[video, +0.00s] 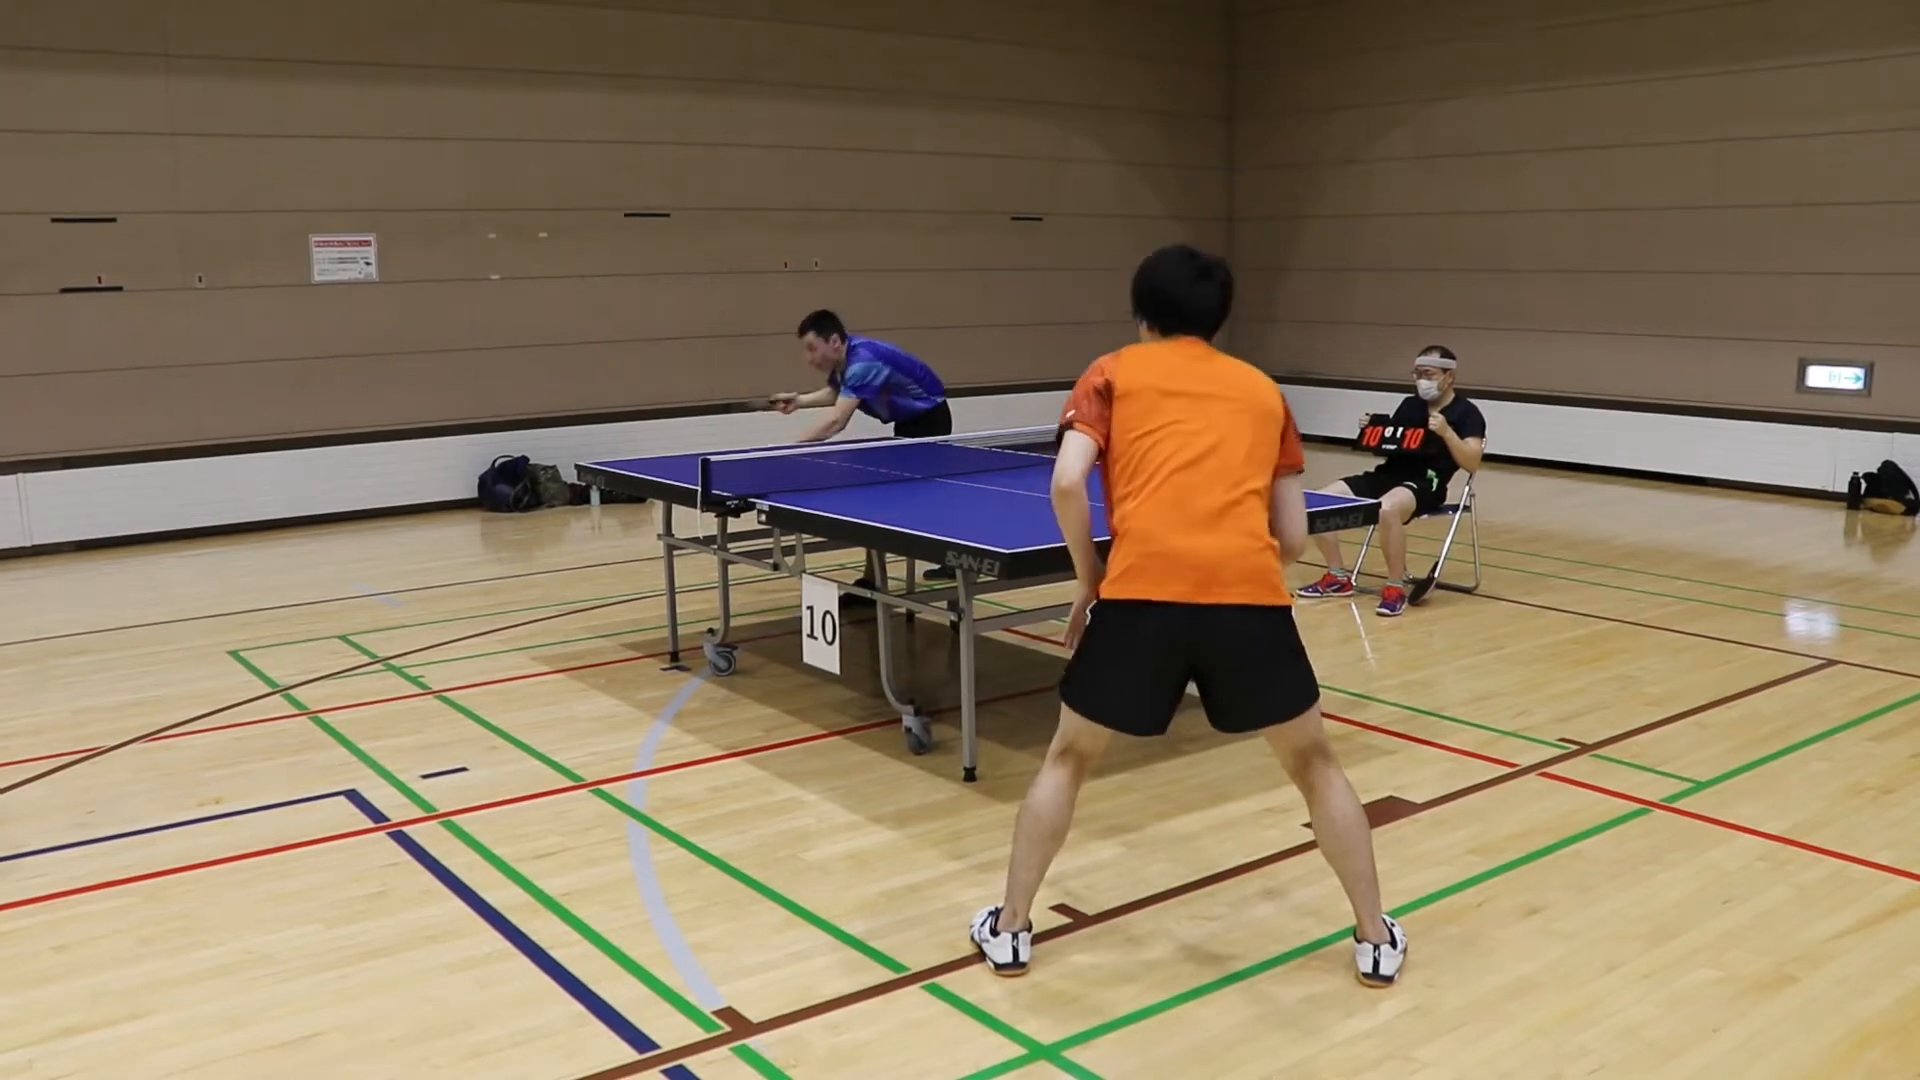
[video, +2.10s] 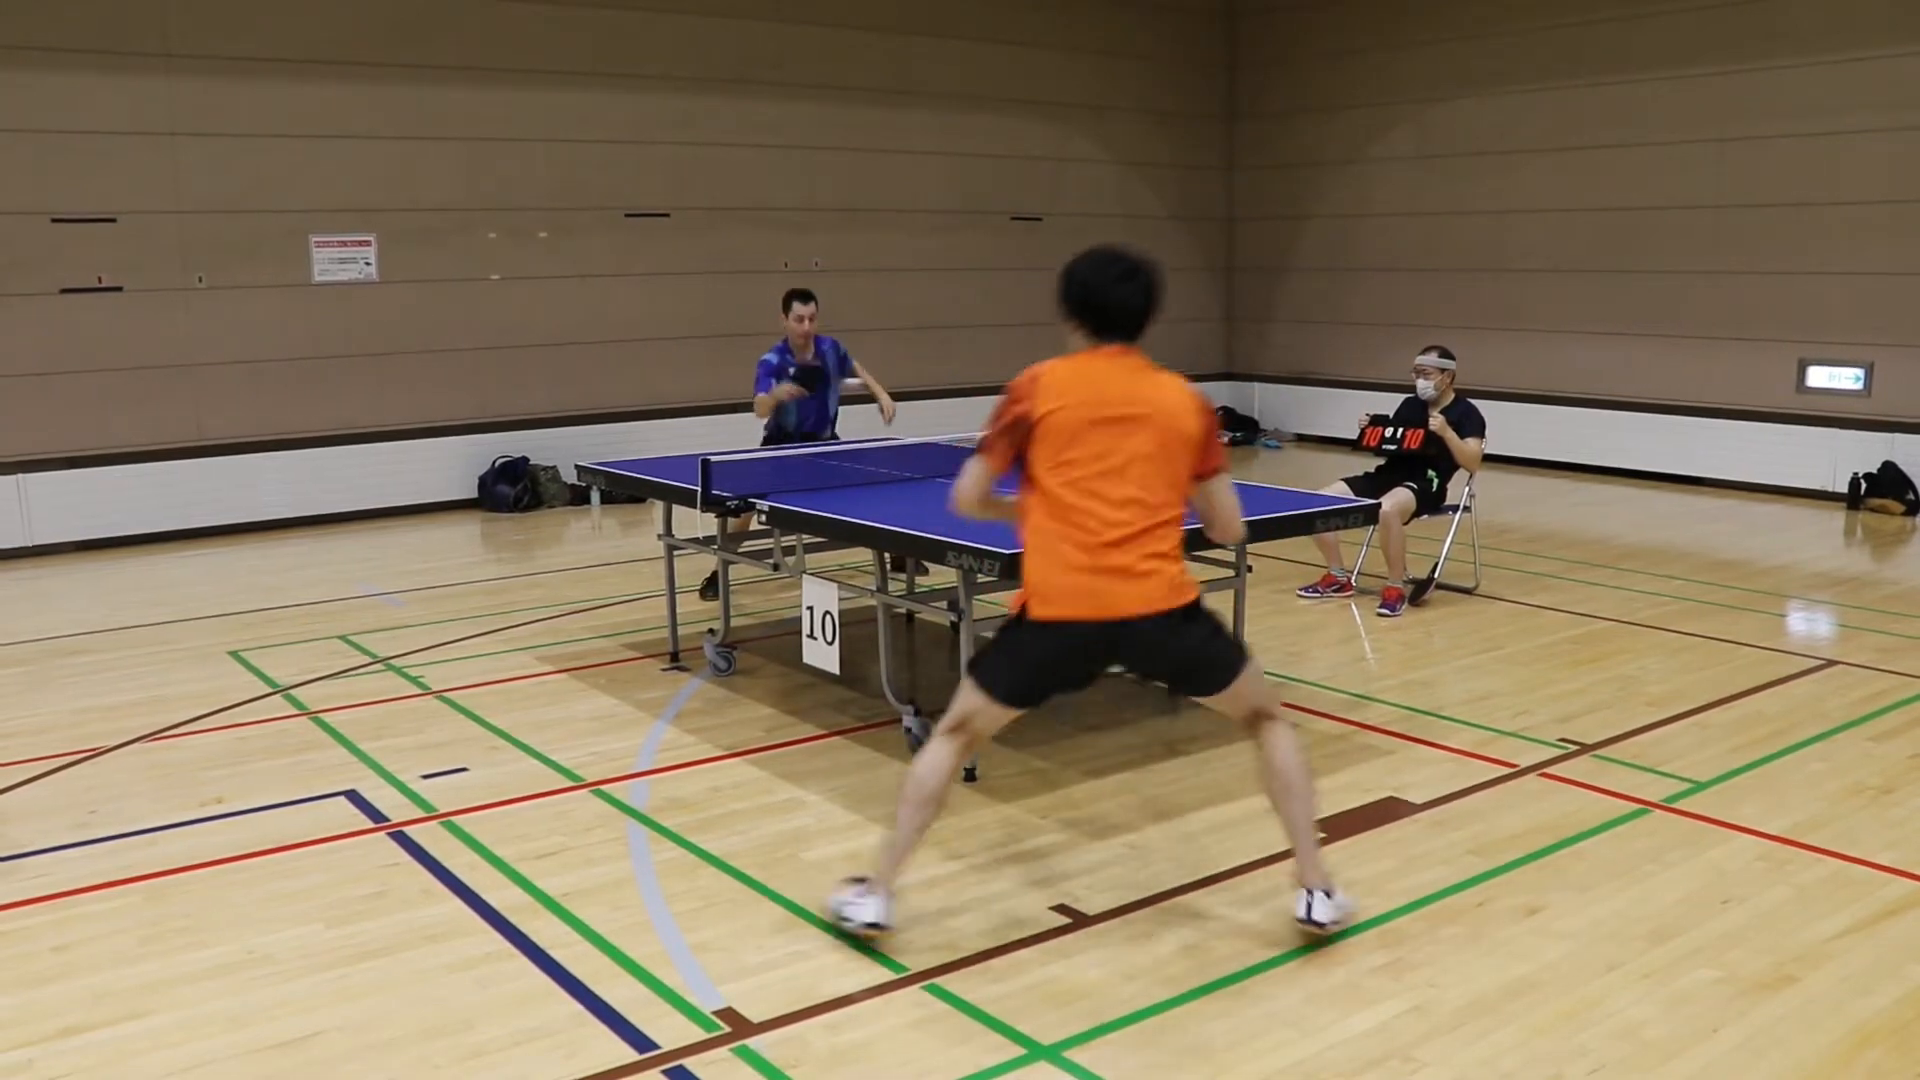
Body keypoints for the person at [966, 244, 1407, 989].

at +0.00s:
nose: (1136, 324)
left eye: (1137, 312)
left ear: (1143, 314)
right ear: (1220, 316)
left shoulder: (1114, 372)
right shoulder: (1262, 390)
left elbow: (1066, 483)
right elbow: (1292, 537)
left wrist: (1088, 581)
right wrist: (1222, 567)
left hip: (1140, 601)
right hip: (1249, 607)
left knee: (1069, 758)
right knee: (1313, 761)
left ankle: (1011, 928)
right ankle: (1377, 937)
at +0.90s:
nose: (1116, 310)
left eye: (1118, 301)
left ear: (1124, 305)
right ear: (1194, 307)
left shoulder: (1107, 372)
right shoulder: (1239, 379)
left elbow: (1048, 485)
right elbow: (1290, 498)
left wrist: (1015, 506)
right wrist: (1226, 481)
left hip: (1147, 591)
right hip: (1246, 587)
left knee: (1072, 708)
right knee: (1289, 690)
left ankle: (1052, 874)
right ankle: (1337, 836)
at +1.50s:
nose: (1082, 384)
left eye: (1083, 373)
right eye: (1082, 373)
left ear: (1095, 374)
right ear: (1155, 369)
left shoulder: (1100, 430)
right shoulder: (1205, 427)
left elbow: (1021, 529)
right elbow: (1224, 512)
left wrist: (1007, 514)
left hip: (1168, 644)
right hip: (1248, 637)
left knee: (1015, 707)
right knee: (1250, 698)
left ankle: (987, 880)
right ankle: (1322, 824)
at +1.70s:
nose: (1014, 366)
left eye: (1015, 354)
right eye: (1015, 354)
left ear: (1027, 355)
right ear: (1090, 345)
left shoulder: (1033, 404)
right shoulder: (1133, 409)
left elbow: (944, 492)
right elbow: (1134, 523)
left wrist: (900, 471)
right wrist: (1056, 590)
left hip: (1078, 624)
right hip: (1171, 616)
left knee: (946, 691)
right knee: (1235, 716)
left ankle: (960, 865)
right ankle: (1315, 821)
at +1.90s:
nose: (977, 363)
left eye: (979, 353)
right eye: (984, 352)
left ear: (987, 359)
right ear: (1055, 355)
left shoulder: (977, 431)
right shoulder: (1104, 423)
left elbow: (913, 553)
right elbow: (1184, 479)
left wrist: (884, 562)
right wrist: (1143, 424)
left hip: (1017, 647)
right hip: (1111, 641)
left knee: (906, 739)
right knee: (1165, 748)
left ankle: (850, 900)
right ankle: (1261, 874)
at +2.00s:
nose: (1010, 346)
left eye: (1012, 337)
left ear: (1018, 344)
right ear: (1090, 342)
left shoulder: (993, 421)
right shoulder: (1134, 419)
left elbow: (922, 544)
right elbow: (1203, 517)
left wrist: (925, 542)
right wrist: (1158, 464)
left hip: (1025, 644)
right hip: (1126, 642)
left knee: (920, 743)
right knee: (1194, 749)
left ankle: (851, 901)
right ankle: (1281, 895)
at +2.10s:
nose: (1061, 319)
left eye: (1066, 309)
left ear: (1071, 315)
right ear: (1145, 317)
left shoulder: (1038, 388)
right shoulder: (1184, 399)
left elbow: (966, 500)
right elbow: (1228, 527)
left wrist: (1032, 509)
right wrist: (1174, 486)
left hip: (1056, 618)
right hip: (1163, 614)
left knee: (956, 733)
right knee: (1266, 718)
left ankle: (878, 889)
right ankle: (1316, 887)